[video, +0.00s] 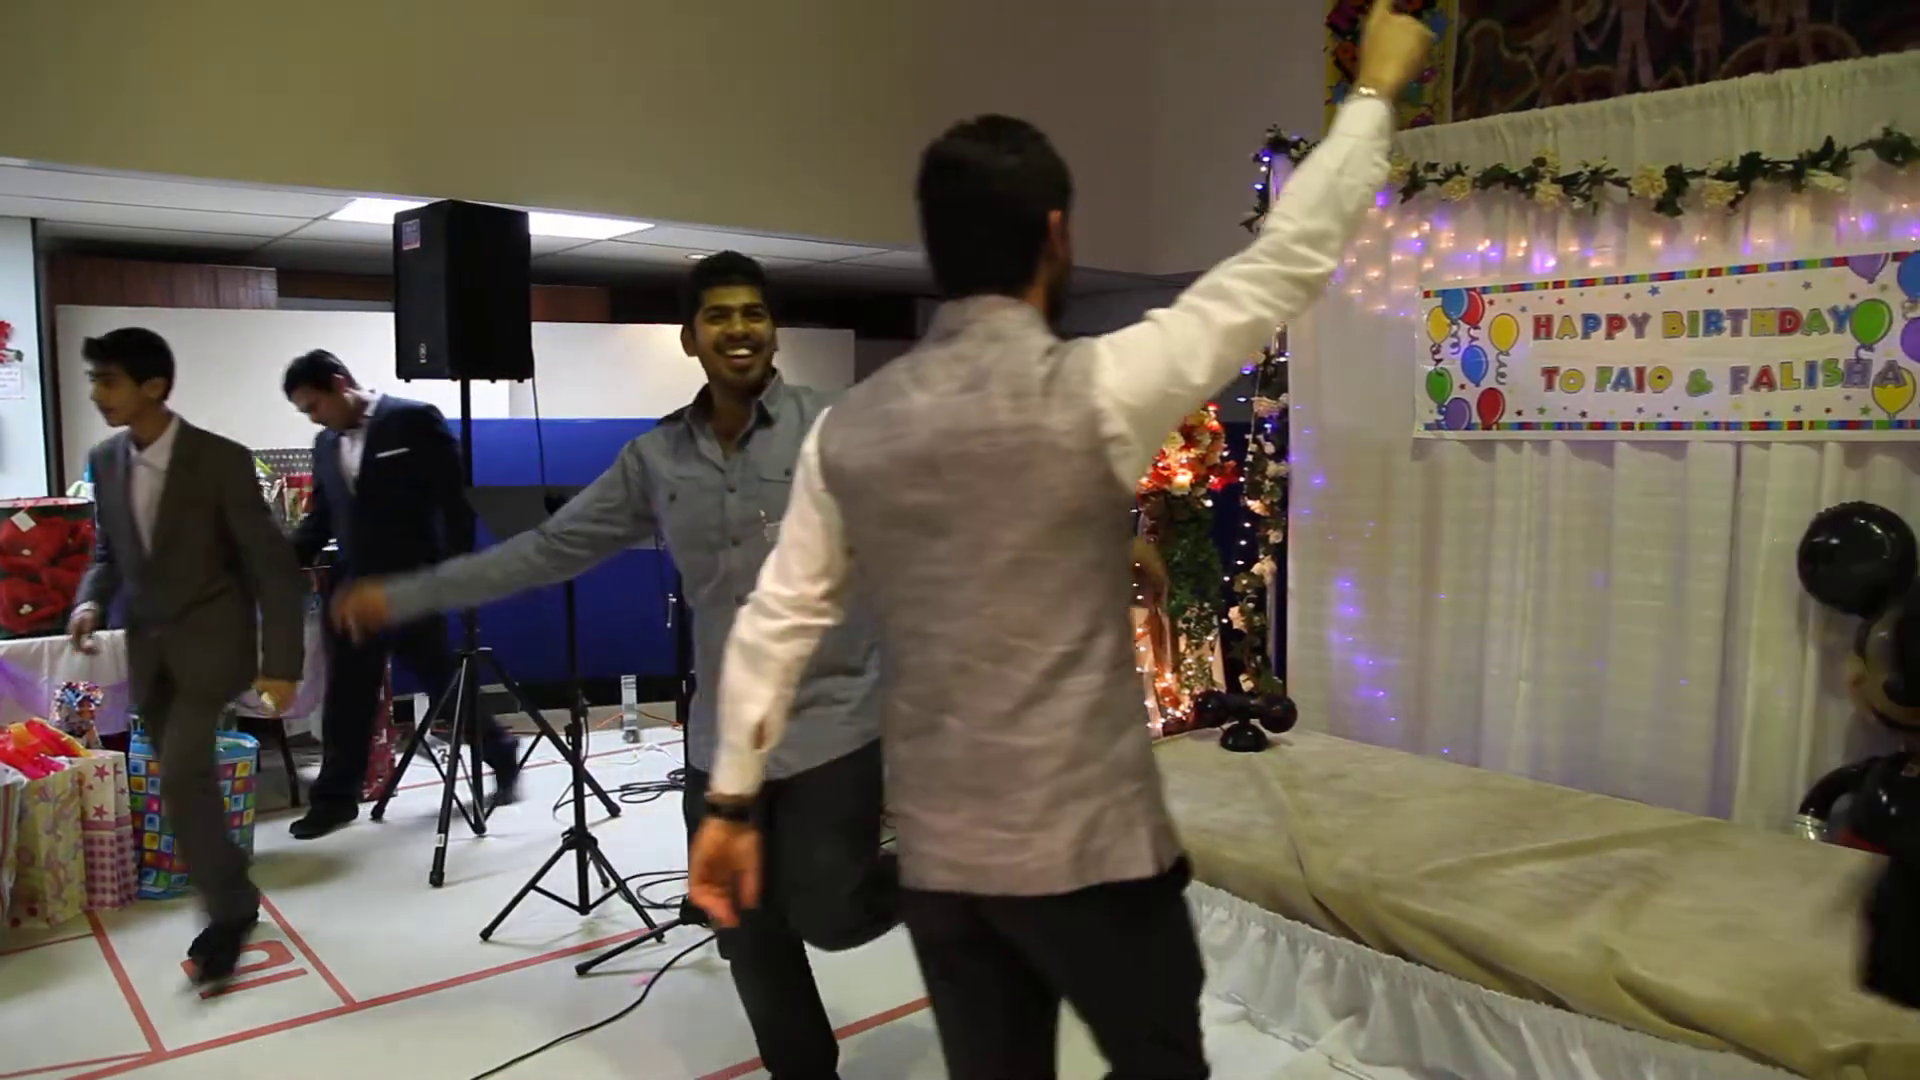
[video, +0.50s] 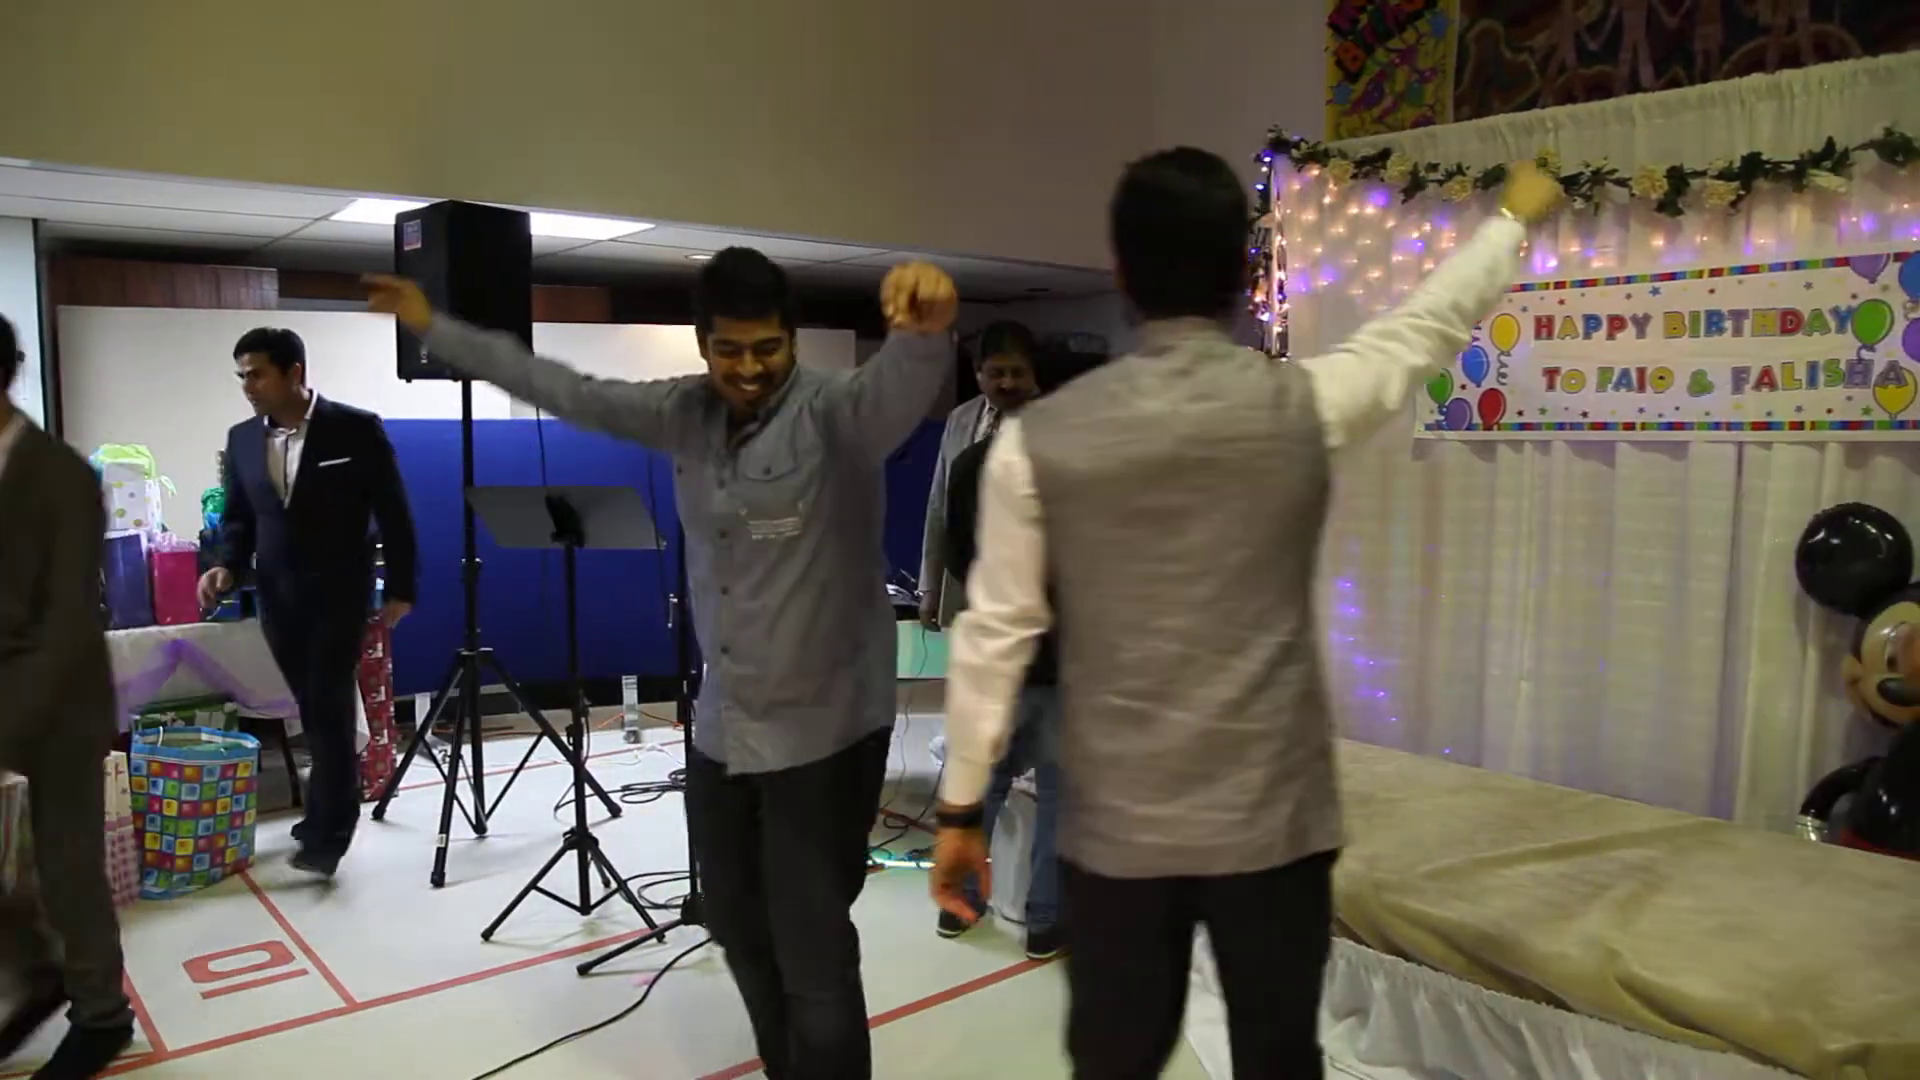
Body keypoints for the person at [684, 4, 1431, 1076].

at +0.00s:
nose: (1072, 232)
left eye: (1063, 214)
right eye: (1067, 214)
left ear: (934, 241)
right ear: (1055, 234)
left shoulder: (850, 428)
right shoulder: (1094, 392)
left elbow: (781, 614)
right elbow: (1279, 267)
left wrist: (731, 799)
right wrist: (1379, 93)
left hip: (939, 872)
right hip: (1092, 869)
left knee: (993, 1076)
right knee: (1162, 1067)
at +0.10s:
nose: (1103, 237)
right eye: (1099, 219)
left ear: (967, 244)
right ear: (1089, 239)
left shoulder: (876, 429)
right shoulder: (1131, 393)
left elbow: (818, 620)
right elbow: (1306, 277)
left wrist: (778, 804)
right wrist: (1397, 112)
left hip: (967, 868)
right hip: (1120, 865)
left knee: (1012, 1072)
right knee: (1183, 1064)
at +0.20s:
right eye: (1134, 236)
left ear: (998, 263)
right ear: (1127, 257)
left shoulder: (909, 443)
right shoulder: (1168, 410)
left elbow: (858, 638)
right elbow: (1338, 299)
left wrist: (835, 818)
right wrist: (1416, 137)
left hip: (993, 875)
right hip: (1147, 874)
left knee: (1022, 1076)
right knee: (1207, 1069)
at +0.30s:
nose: (1167, 255)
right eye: (1165, 240)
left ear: (1038, 267)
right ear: (1162, 264)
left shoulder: (946, 441)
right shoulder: (1208, 410)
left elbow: (905, 629)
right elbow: (1369, 305)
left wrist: (882, 810)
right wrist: (1444, 164)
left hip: (1024, 860)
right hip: (1182, 857)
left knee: (1045, 1072)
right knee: (1232, 1067)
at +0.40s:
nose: (1215, 260)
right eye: (1213, 243)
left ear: (1077, 267)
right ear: (1201, 268)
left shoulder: (988, 441)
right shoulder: (1254, 406)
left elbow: (951, 629)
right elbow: (1399, 310)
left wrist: (927, 806)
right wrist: (1478, 183)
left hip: (1071, 848)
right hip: (1227, 845)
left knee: (1074, 1069)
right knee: (1255, 1066)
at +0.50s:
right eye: (1244, 245)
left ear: (1122, 271)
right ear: (1245, 267)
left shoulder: (1039, 442)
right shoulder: (1301, 405)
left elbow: (996, 634)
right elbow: (1429, 326)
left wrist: (961, 807)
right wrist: (1514, 216)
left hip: (1120, 838)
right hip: (1274, 835)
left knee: (1113, 1061)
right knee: (1281, 1063)